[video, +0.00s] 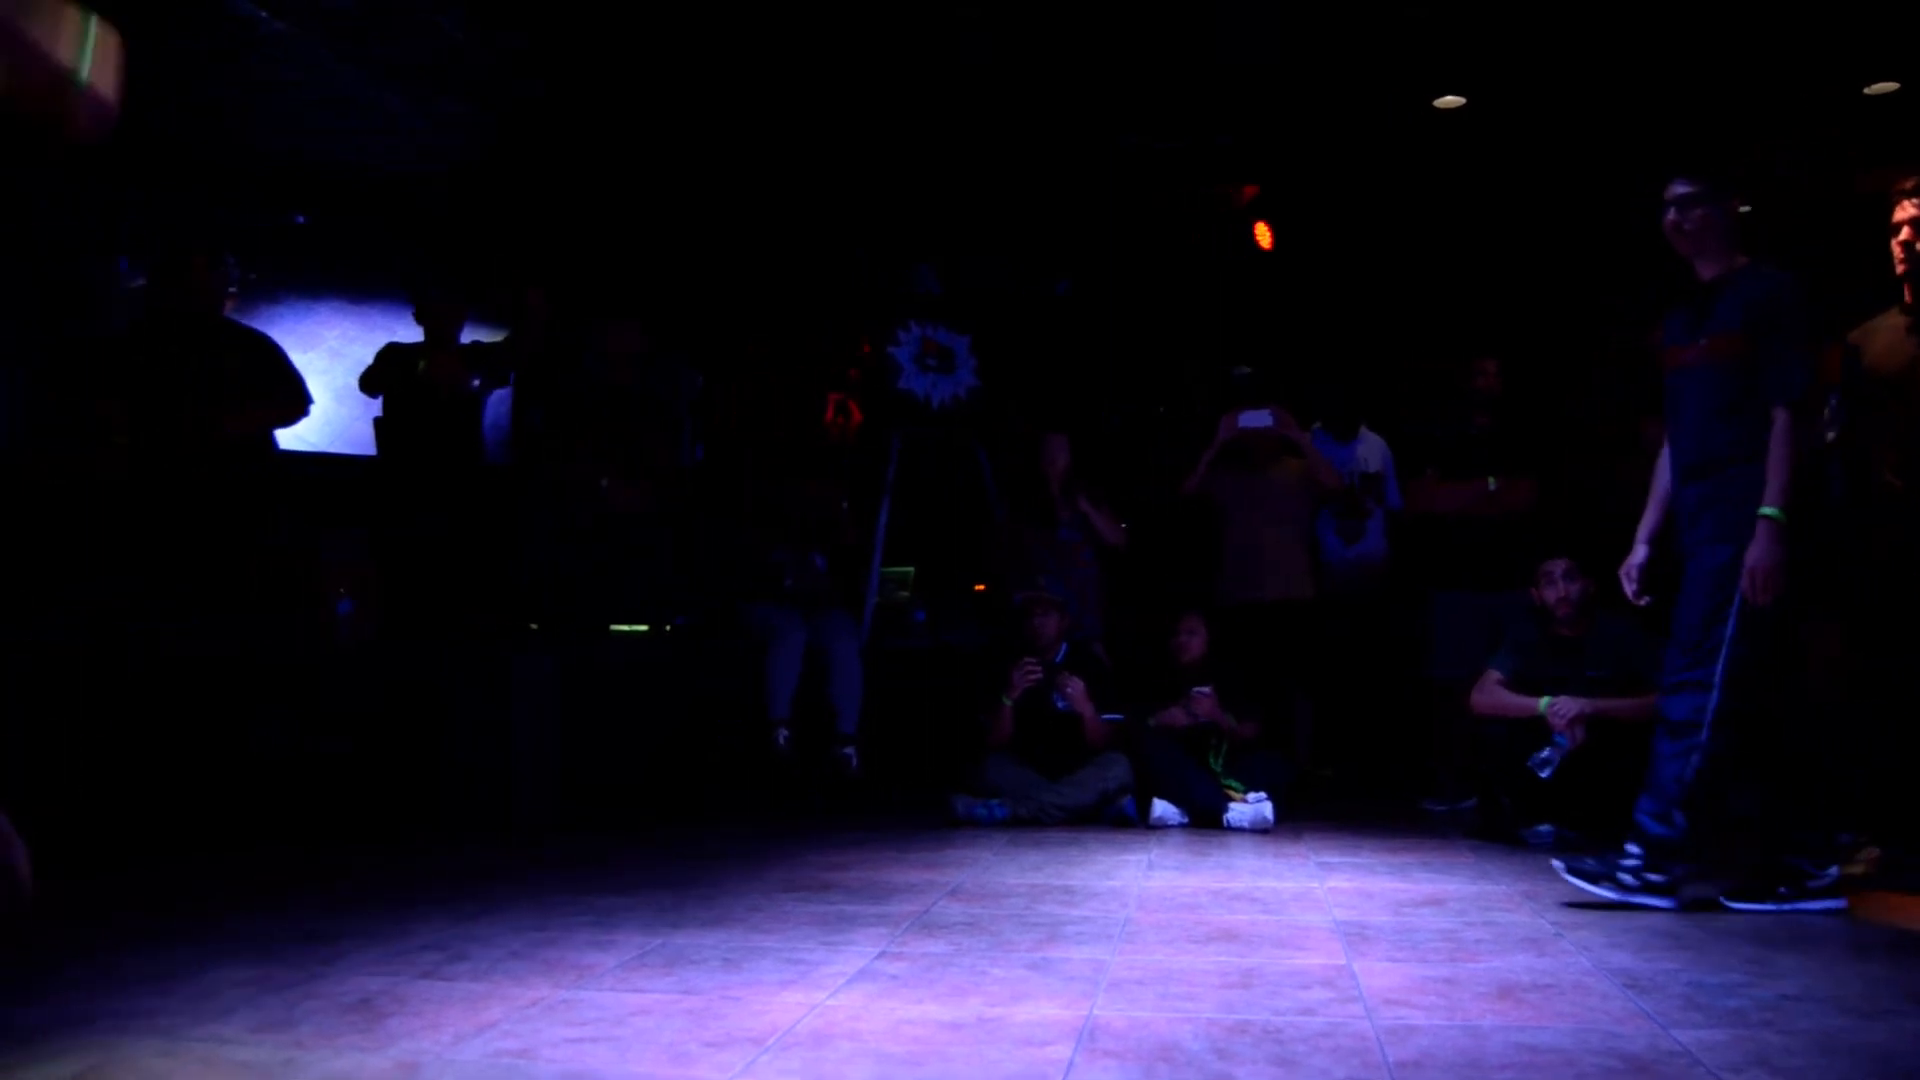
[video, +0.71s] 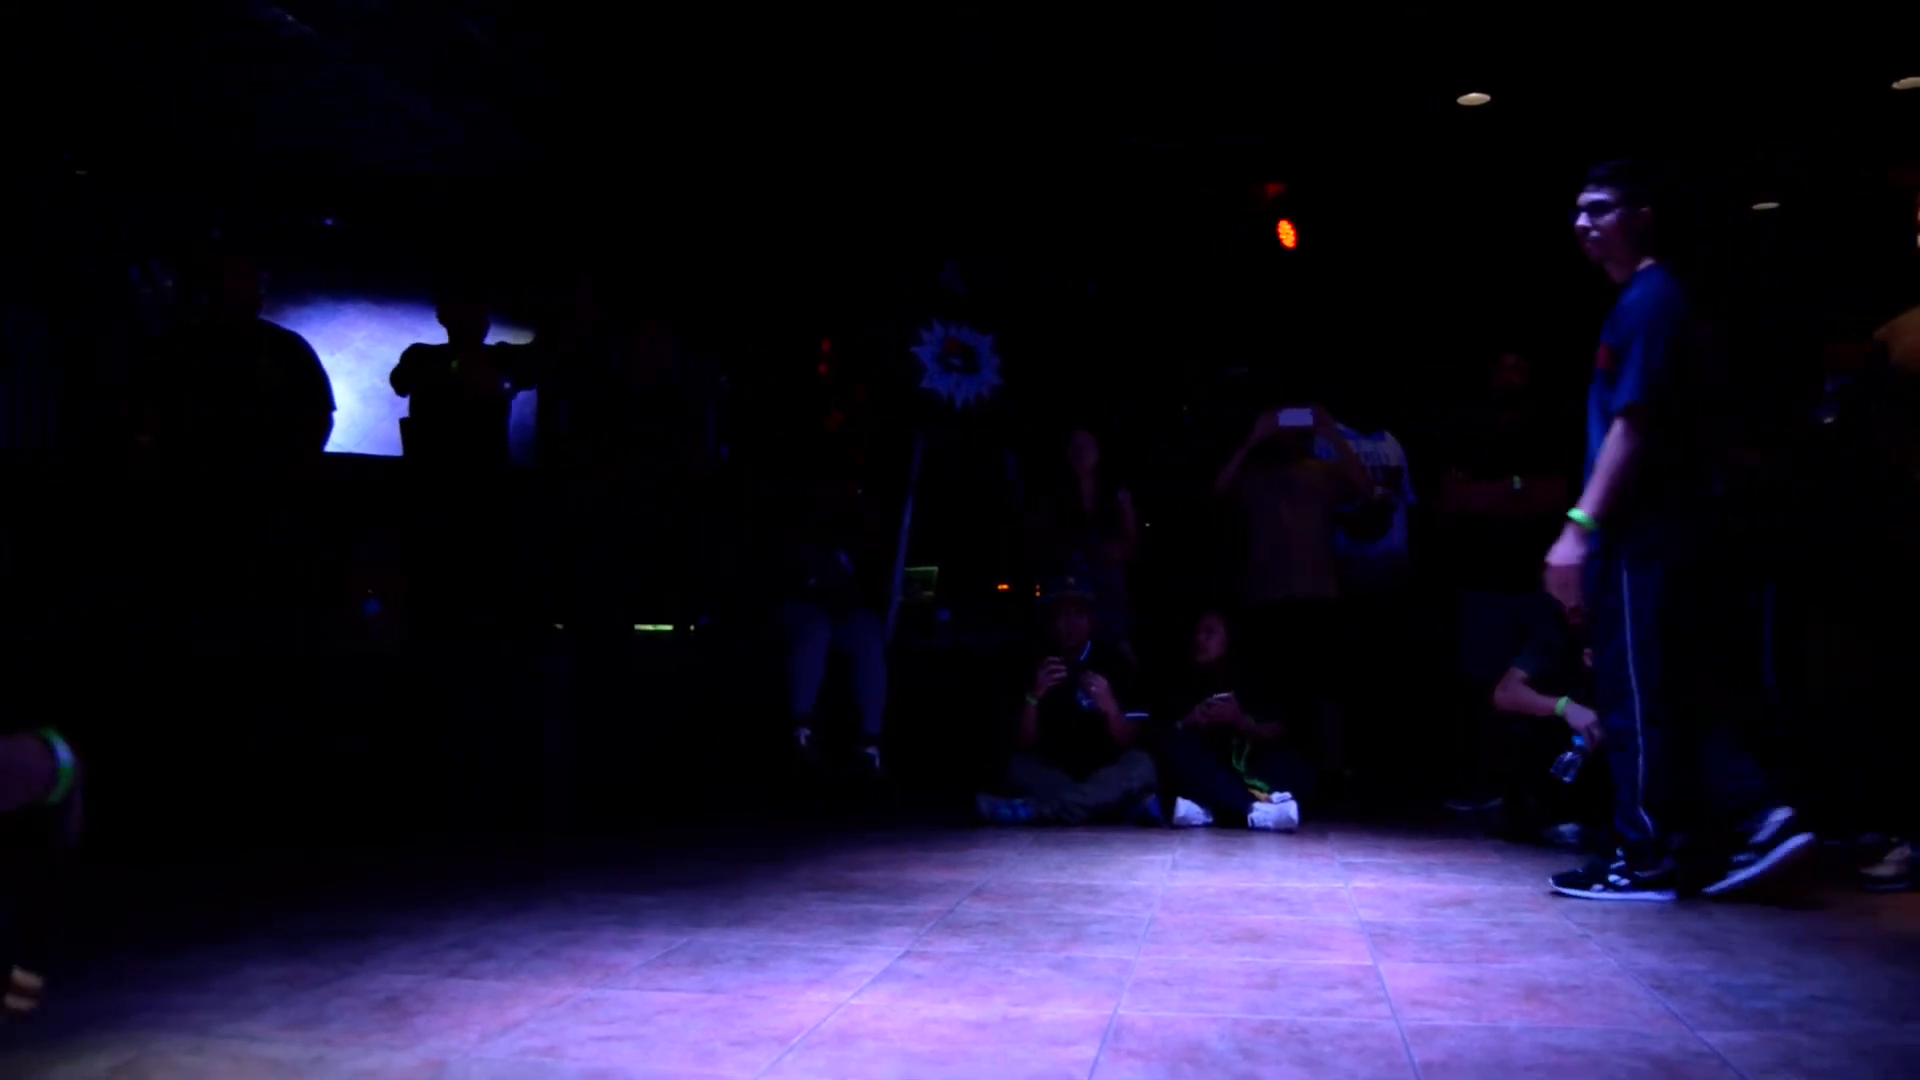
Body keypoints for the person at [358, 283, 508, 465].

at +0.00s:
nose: (444, 325)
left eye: (451, 315)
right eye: (436, 315)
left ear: (461, 317)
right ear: (419, 317)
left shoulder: (474, 357)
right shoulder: (397, 355)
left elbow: (515, 349)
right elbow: (368, 386)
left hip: (461, 456)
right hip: (406, 457)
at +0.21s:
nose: (456, 323)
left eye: (464, 313)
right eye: (448, 313)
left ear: (473, 318)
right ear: (430, 315)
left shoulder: (482, 358)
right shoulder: (404, 356)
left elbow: (525, 353)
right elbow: (376, 385)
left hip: (470, 458)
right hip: (414, 459)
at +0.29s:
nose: (471, 325)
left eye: (478, 317)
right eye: (463, 316)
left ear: (486, 320)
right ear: (443, 317)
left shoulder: (490, 359)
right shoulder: (417, 358)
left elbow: (536, 354)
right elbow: (389, 387)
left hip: (481, 461)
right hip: (427, 462)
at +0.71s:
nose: (472, 325)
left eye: (478, 315)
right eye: (461, 315)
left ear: (487, 318)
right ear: (442, 317)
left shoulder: (500, 358)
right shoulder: (422, 356)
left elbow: (541, 355)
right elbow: (399, 385)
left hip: (488, 458)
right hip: (432, 460)